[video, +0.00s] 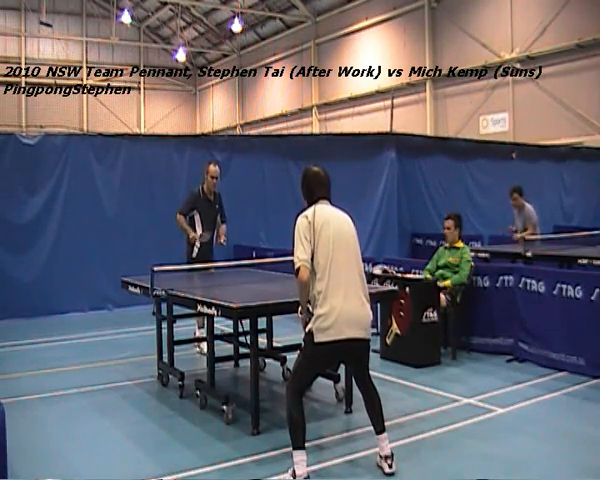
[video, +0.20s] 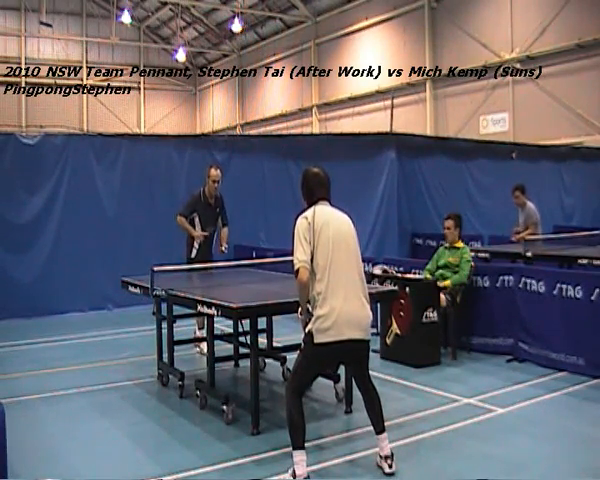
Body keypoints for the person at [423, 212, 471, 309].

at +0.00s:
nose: (445, 232)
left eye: (448, 229)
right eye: (444, 229)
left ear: (457, 230)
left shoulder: (464, 251)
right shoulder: (442, 249)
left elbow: (463, 276)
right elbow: (429, 267)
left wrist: (445, 283)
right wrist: (428, 277)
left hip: (453, 284)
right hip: (436, 281)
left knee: (442, 298)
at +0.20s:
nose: (445, 232)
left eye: (448, 229)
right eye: (444, 229)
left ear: (457, 230)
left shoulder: (464, 251)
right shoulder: (442, 249)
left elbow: (463, 276)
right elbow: (429, 268)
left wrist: (446, 283)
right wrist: (428, 277)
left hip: (453, 283)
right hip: (437, 280)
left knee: (444, 297)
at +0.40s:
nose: (445, 232)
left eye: (448, 229)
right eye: (444, 229)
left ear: (457, 230)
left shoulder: (464, 251)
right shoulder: (441, 249)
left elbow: (463, 276)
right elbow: (429, 267)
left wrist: (445, 283)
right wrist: (428, 277)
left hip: (453, 284)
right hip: (435, 281)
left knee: (442, 297)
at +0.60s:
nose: (445, 232)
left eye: (448, 229)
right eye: (444, 229)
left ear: (457, 230)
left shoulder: (464, 251)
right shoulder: (442, 249)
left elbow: (463, 276)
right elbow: (430, 267)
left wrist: (446, 283)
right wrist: (428, 277)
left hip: (453, 284)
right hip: (436, 281)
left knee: (442, 297)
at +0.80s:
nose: (445, 232)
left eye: (448, 229)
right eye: (444, 229)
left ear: (457, 230)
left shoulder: (464, 251)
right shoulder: (442, 249)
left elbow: (463, 276)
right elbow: (430, 267)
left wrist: (446, 283)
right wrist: (428, 277)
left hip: (453, 284)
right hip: (436, 281)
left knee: (443, 298)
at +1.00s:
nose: (445, 232)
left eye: (448, 229)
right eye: (444, 229)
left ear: (457, 230)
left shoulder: (464, 251)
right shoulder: (442, 249)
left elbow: (463, 276)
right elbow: (430, 267)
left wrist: (446, 283)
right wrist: (428, 276)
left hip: (453, 284)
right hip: (436, 281)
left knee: (442, 298)